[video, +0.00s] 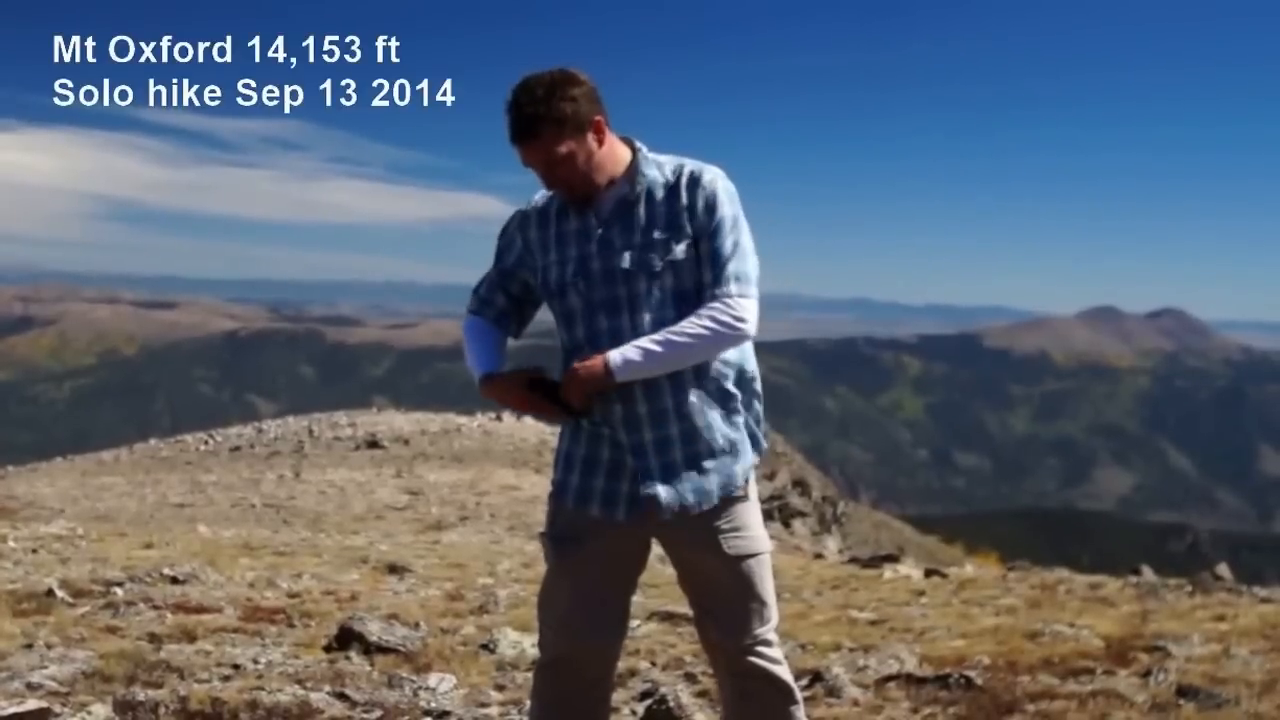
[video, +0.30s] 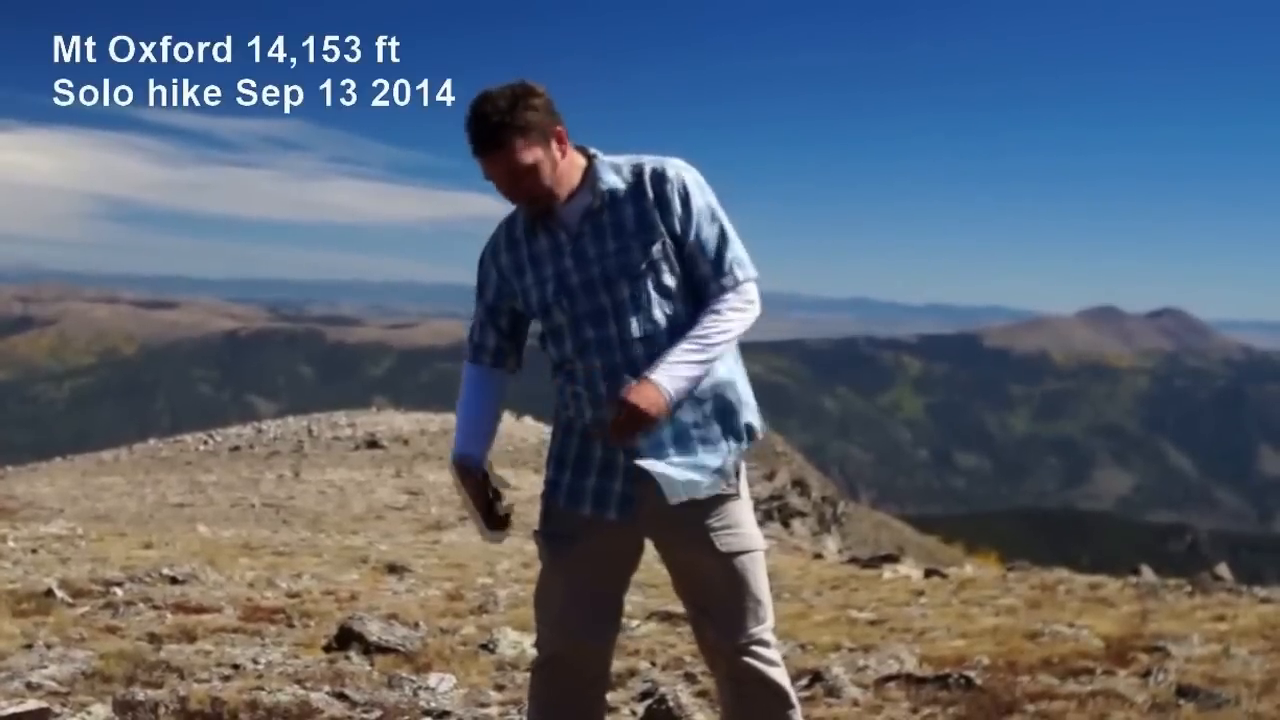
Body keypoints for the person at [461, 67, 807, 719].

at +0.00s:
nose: (550, 180)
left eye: (558, 161)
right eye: (537, 168)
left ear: (597, 133)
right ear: (526, 158)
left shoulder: (699, 191)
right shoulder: (534, 231)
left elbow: (734, 315)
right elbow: (486, 316)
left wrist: (611, 365)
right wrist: (493, 378)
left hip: (705, 463)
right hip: (595, 468)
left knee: (751, 663)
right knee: (569, 668)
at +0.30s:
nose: (514, 193)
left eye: (522, 173)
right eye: (499, 181)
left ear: (560, 144)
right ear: (484, 172)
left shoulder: (665, 186)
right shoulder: (509, 249)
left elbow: (739, 295)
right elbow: (488, 361)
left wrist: (665, 381)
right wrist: (468, 456)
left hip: (697, 458)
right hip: (587, 471)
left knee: (746, 658)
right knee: (566, 666)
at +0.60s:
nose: (542, 170)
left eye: (549, 149)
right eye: (522, 162)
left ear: (574, 135)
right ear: (504, 169)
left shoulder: (669, 186)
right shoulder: (509, 270)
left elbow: (752, 271)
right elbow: (501, 394)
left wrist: (779, 393)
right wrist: (484, 505)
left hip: (706, 462)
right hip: (595, 479)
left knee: (751, 665)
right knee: (568, 678)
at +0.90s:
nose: (595, 138)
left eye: (603, 121)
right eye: (575, 127)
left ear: (618, 122)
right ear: (543, 139)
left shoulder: (697, 187)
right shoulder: (526, 254)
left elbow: (763, 282)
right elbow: (505, 380)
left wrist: (789, 397)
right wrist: (488, 491)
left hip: (710, 462)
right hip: (597, 476)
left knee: (750, 660)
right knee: (568, 671)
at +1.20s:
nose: (580, 140)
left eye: (587, 124)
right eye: (560, 130)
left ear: (601, 126)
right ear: (524, 146)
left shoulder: (678, 188)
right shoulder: (509, 261)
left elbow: (746, 285)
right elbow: (489, 386)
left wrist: (766, 403)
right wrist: (482, 498)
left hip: (694, 464)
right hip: (582, 478)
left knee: (736, 658)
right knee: (562, 672)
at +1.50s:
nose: (553, 153)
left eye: (559, 134)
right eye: (533, 143)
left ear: (574, 129)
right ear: (500, 153)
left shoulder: (657, 189)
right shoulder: (485, 264)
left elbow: (726, 285)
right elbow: (464, 383)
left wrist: (747, 400)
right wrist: (458, 488)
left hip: (676, 460)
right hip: (564, 476)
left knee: (724, 657)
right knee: (553, 674)